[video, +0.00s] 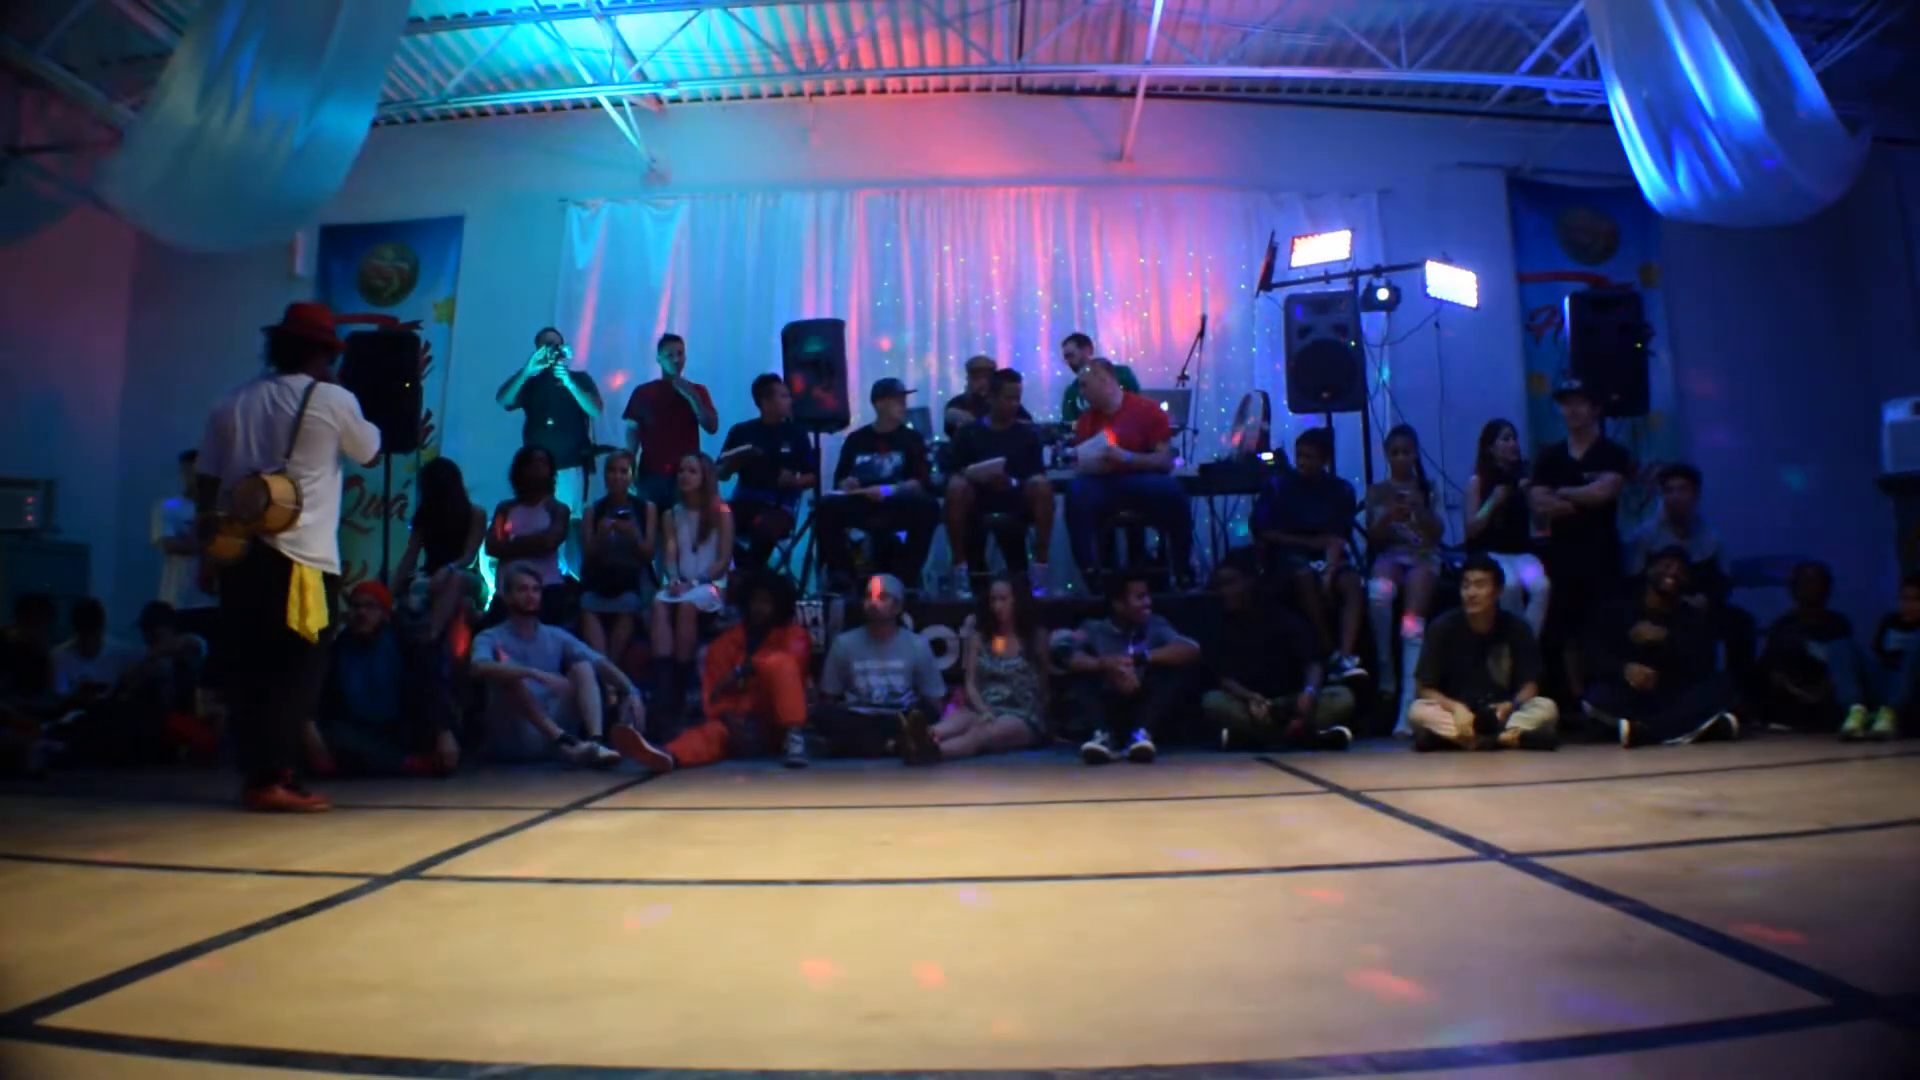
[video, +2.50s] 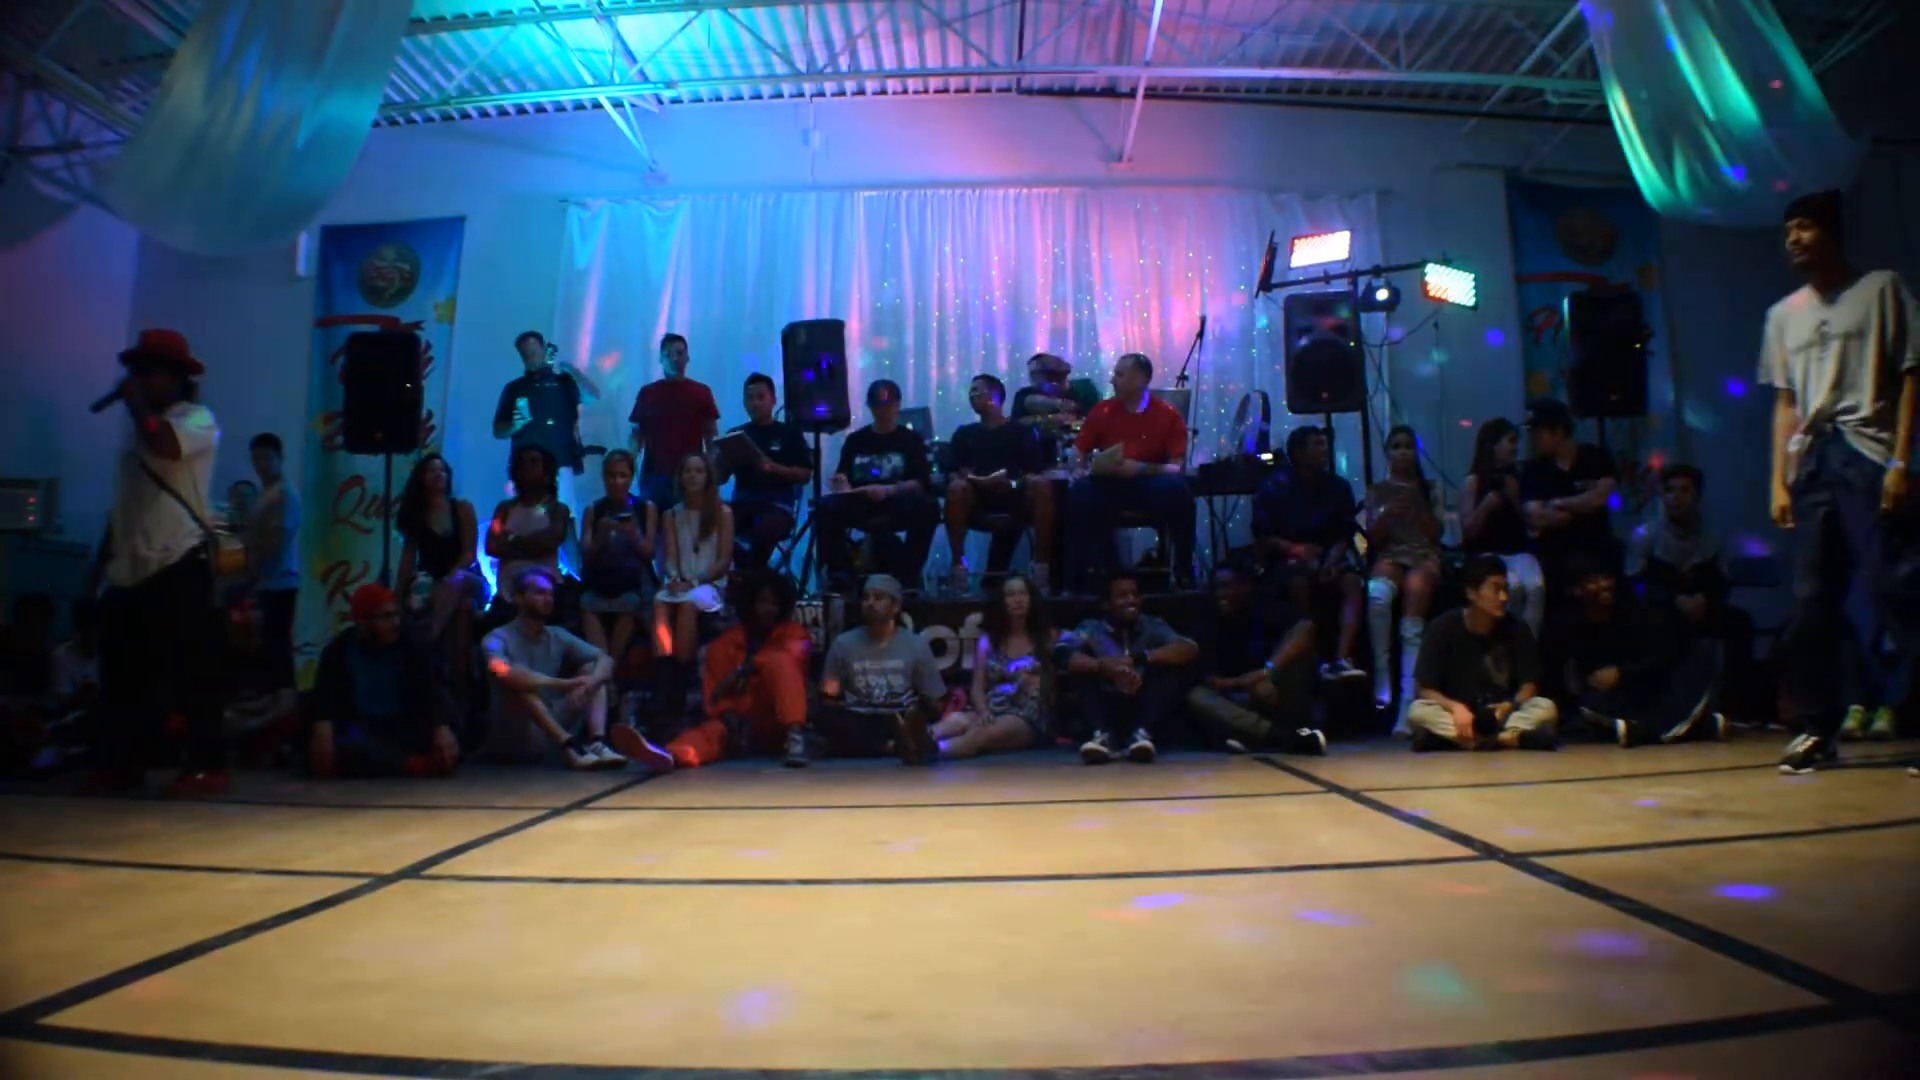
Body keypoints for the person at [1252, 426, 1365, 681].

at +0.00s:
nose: (1303, 462)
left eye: (1310, 456)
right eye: (1300, 455)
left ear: (1324, 459)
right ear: (1295, 456)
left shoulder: (1340, 489)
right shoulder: (1280, 486)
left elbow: (1341, 533)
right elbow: (1263, 531)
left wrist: (1330, 568)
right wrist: (1314, 543)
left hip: (1327, 551)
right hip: (1292, 552)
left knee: (1352, 581)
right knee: (1306, 579)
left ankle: (1345, 655)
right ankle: (1327, 655)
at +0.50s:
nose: (1302, 463)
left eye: (1308, 457)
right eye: (1297, 457)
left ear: (1320, 457)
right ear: (1290, 456)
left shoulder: (1338, 488)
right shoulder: (1277, 486)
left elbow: (1341, 534)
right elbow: (1263, 535)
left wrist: (1330, 566)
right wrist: (1313, 544)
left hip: (1328, 553)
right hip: (1291, 554)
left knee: (1353, 582)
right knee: (1304, 580)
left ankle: (1346, 657)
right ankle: (1319, 653)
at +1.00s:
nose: (1309, 461)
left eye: (1315, 455)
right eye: (1304, 454)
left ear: (1323, 456)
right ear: (1294, 454)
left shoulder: (1337, 486)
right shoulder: (1276, 485)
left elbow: (1347, 533)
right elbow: (1258, 533)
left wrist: (1329, 559)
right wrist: (1302, 528)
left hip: (1329, 553)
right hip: (1291, 554)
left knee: (1352, 584)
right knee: (1300, 582)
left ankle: (1344, 658)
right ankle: (1318, 656)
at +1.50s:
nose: (1319, 458)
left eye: (1323, 452)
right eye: (1313, 452)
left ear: (1327, 454)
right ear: (1296, 454)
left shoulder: (1338, 486)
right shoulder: (1278, 485)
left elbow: (1347, 535)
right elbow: (1267, 535)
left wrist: (1330, 562)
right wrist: (1299, 510)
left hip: (1329, 554)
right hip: (1292, 554)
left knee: (1354, 585)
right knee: (1301, 584)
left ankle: (1347, 657)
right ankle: (1314, 658)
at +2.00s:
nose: (1322, 454)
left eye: (1324, 447)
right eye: (1314, 449)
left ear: (1328, 451)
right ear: (1297, 454)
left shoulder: (1339, 487)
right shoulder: (1278, 486)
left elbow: (1345, 533)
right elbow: (1268, 535)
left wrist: (1330, 561)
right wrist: (1302, 507)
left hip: (1328, 556)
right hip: (1290, 555)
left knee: (1353, 585)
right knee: (1299, 583)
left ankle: (1342, 658)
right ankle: (1307, 658)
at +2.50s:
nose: (1323, 450)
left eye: (1324, 444)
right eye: (1317, 445)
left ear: (1326, 449)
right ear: (1297, 451)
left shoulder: (1338, 486)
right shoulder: (1276, 486)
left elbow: (1346, 531)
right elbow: (1264, 536)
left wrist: (1334, 557)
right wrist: (1296, 549)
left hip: (1329, 558)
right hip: (1292, 560)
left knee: (1353, 584)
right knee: (1298, 584)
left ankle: (1342, 658)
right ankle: (1308, 659)